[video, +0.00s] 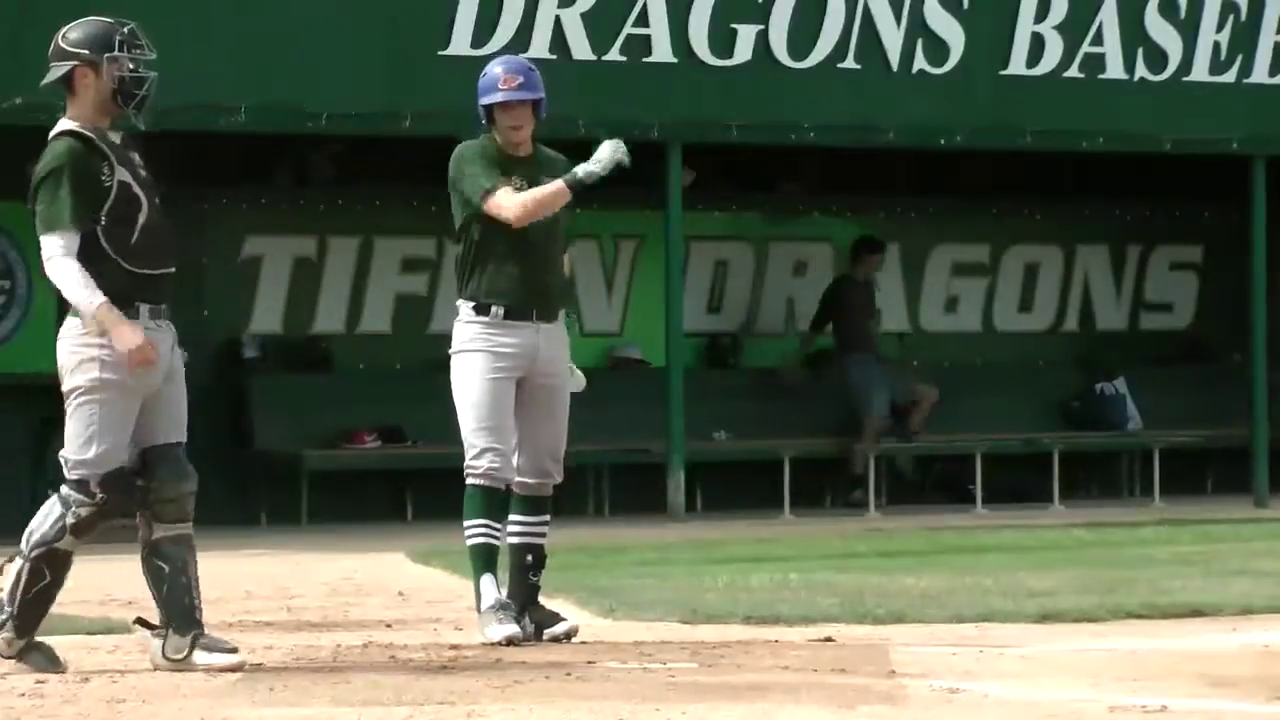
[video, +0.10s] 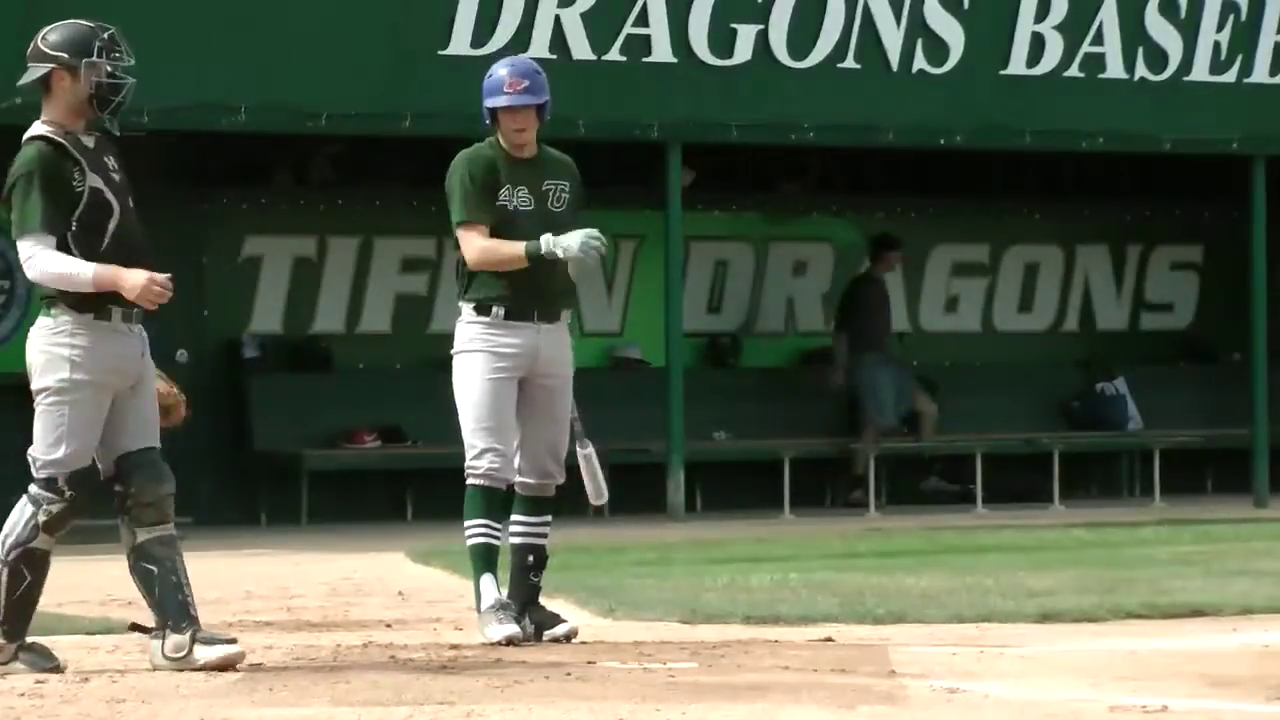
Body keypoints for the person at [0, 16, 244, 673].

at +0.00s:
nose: (131, 75)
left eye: (129, 65)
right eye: (118, 65)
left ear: (107, 74)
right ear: (82, 74)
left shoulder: (120, 143)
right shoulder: (67, 152)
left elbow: (121, 240)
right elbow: (59, 256)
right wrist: (116, 327)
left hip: (156, 331)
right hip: (102, 334)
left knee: (169, 488)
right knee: (91, 493)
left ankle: (182, 637)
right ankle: (11, 624)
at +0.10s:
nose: (107, 84)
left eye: (107, 73)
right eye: (96, 73)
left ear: (74, 79)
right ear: (62, 75)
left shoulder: (97, 151)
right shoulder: (39, 157)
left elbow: (106, 260)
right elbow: (37, 261)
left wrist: (145, 366)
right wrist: (120, 278)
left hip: (124, 333)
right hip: (71, 335)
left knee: (147, 488)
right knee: (53, 496)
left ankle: (178, 634)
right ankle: (6, 636)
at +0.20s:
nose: (83, 88)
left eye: (82, 78)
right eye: (72, 76)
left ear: (63, 84)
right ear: (37, 77)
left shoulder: (73, 152)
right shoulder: (12, 156)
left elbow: (91, 260)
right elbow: (20, 256)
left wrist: (137, 329)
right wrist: (96, 213)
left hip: (98, 333)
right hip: (44, 334)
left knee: (130, 485)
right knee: (30, 497)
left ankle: (171, 631)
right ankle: (6, 641)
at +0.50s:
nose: (32, 83)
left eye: (30, 73)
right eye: (23, 73)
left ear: (13, 77)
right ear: (1, 77)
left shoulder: (21, 137)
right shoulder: (2, 137)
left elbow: (44, 228)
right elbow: (20, 232)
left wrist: (110, 290)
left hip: (45, 331)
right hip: (6, 334)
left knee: (99, 473)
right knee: (1, 490)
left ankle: (107, 627)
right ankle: (5, 643)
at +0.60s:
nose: (21, 94)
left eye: (22, 84)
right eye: (16, 82)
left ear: (16, 83)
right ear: (3, 78)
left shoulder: (12, 134)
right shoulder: (3, 127)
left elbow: (29, 223)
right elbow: (16, 214)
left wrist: (88, 292)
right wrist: (78, 284)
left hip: (37, 328)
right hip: (8, 328)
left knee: (76, 476)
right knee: (4, 491)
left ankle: (62, 633)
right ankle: (11, 640)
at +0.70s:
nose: (14, 87)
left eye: (13, 78)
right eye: (10, 78)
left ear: (12, 82)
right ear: (2, 82)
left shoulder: (5, 139)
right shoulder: (3, 139)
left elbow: (19, 233)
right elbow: (16, 237)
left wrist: (70, 299)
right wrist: (58, 288)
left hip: (26, 326)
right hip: (10, 327)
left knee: (55, 480)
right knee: (32, 487)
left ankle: (13, 633)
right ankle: (10, 635)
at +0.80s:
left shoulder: (3, 178)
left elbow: (15, 246)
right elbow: (17, 249)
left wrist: (56, 307)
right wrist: (53, 305)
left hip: (17, 328)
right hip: (10, 329)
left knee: (37, 490)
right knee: (21, 491)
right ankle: (6, 641)